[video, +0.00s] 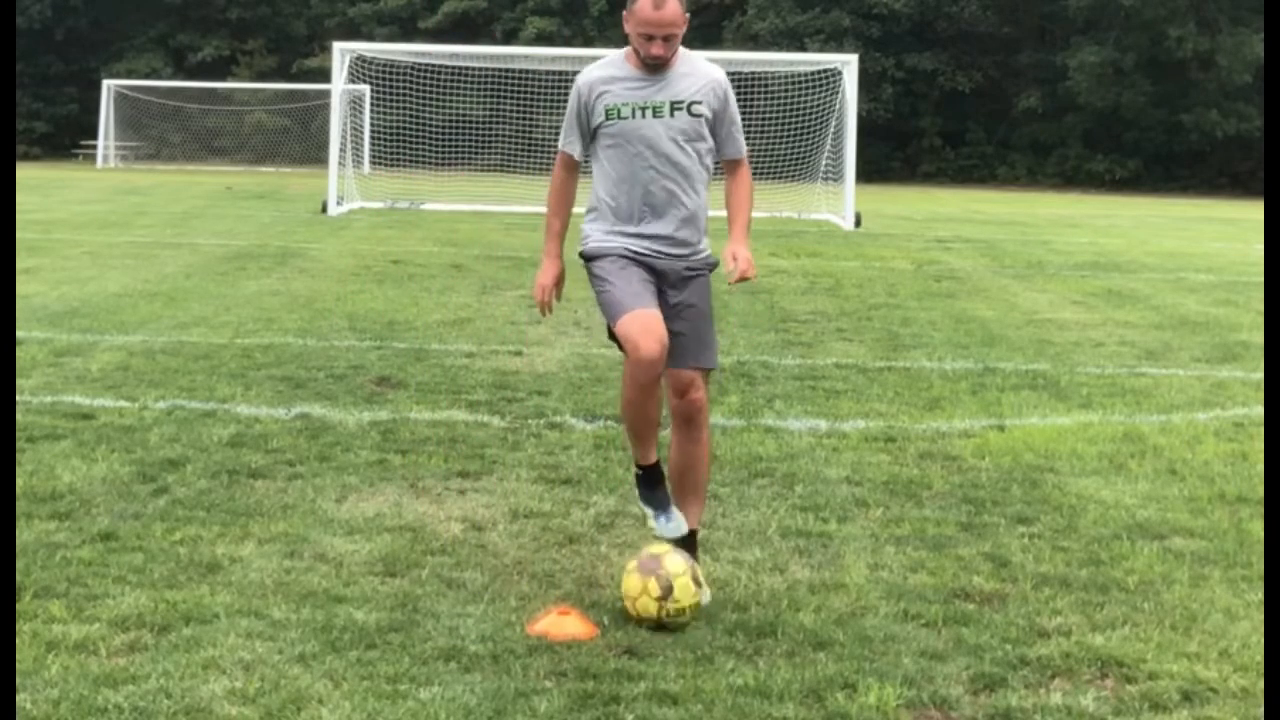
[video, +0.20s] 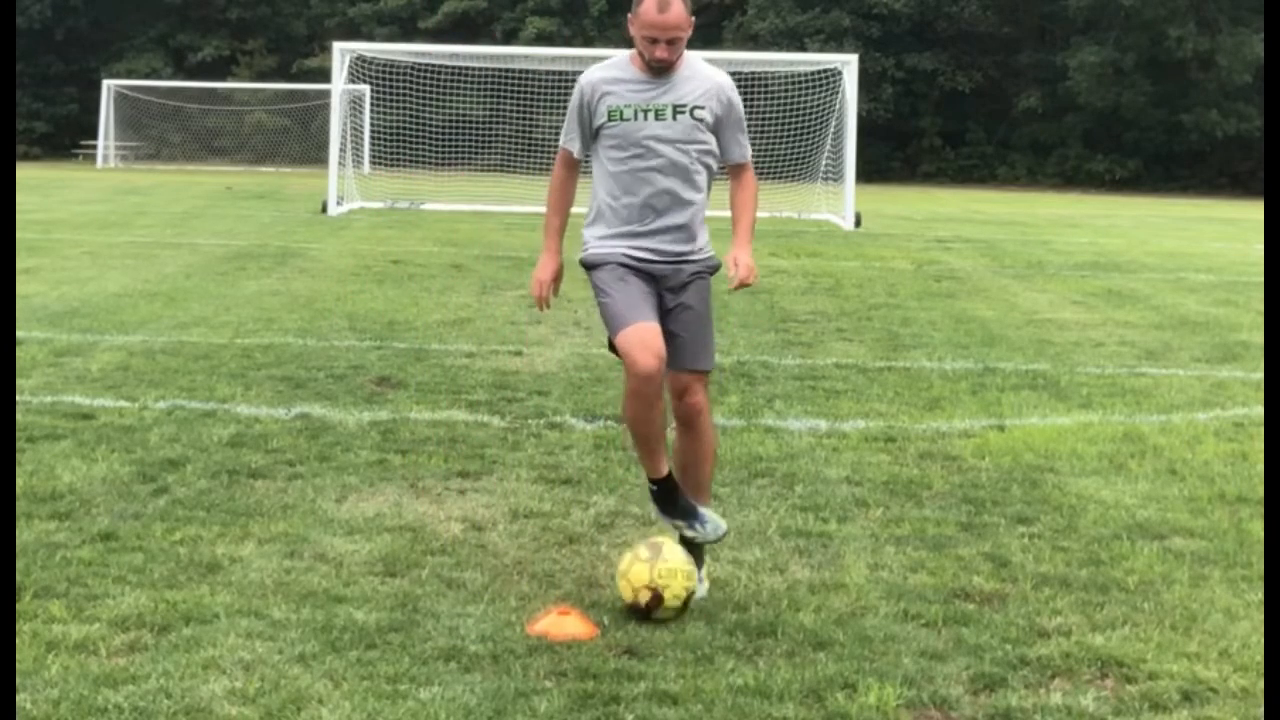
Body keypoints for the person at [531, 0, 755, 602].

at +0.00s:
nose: (659, 48)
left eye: (670, 37)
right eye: (648, 37)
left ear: (686, 27)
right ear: (626, 24)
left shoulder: (711, 83)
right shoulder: (593, 83)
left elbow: (736, 164)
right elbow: (565, 169)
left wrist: (738, 237)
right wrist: (551, 255)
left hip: (686, 256)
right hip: (614, 248)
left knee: (691, 397)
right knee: (648, 346)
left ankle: (687, 543)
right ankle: (648, 474)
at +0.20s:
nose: (663, 53)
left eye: (674, 41)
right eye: (651, 40)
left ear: (691, 29)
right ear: (630, 26)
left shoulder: (715, 87)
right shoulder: (596, 85)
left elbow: (742, 170)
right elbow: (565, 167)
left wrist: (742, 245)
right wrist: (550, 251)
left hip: (687, 261)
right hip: (616, 257)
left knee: (692, 399)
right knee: (647, 362)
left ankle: (693, 540)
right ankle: (662, 486)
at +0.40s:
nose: (666, 67)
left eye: (678, 56)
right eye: (655, 55)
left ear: (696, 44)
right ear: (635, 38)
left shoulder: (719, 106)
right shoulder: (599, 100)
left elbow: (748, 187)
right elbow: (564, 175)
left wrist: (750, 263)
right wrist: (546, 260)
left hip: (687, 276)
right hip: (614, 272)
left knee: (697, 416)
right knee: (638, 386)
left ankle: (696, 553)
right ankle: (672, 512)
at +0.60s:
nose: (663, 76)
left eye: (676, 64)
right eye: (652, 63)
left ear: (695, 54)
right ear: (635, 49)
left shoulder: (718, 117)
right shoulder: (604, 109)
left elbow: (753, 200)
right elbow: (564, 187)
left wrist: (753, 279)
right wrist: (541, 272)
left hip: (686, 287)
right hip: (613, 282)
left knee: (698, 425)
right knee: (624, 400)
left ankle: (693, 558)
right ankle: (651, 532)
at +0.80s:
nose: (657, 66)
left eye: (669, 55)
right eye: (647, 54)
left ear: (690, 43)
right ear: (631, 40)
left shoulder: (716, 107)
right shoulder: (601, 99)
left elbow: (752, 189)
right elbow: (567, 180)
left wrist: (746, 267)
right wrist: (538, 263)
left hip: (681, 283)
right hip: (605, 277)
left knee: (693, 424)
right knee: (594, 391)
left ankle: (693, 560)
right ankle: (620, 522)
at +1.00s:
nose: (646, 50)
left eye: (658, 39)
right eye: (636, 37)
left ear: (683, 27)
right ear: (624, 23)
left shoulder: (711, 89)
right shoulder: (597, 80)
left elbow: (744, 166)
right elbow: (566, 164)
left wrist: (733, 243)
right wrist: (538, 249)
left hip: (672, 271)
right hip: (593, 259)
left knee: (682, 409)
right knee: (563, 375)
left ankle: (691, 551)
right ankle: (580, 504)